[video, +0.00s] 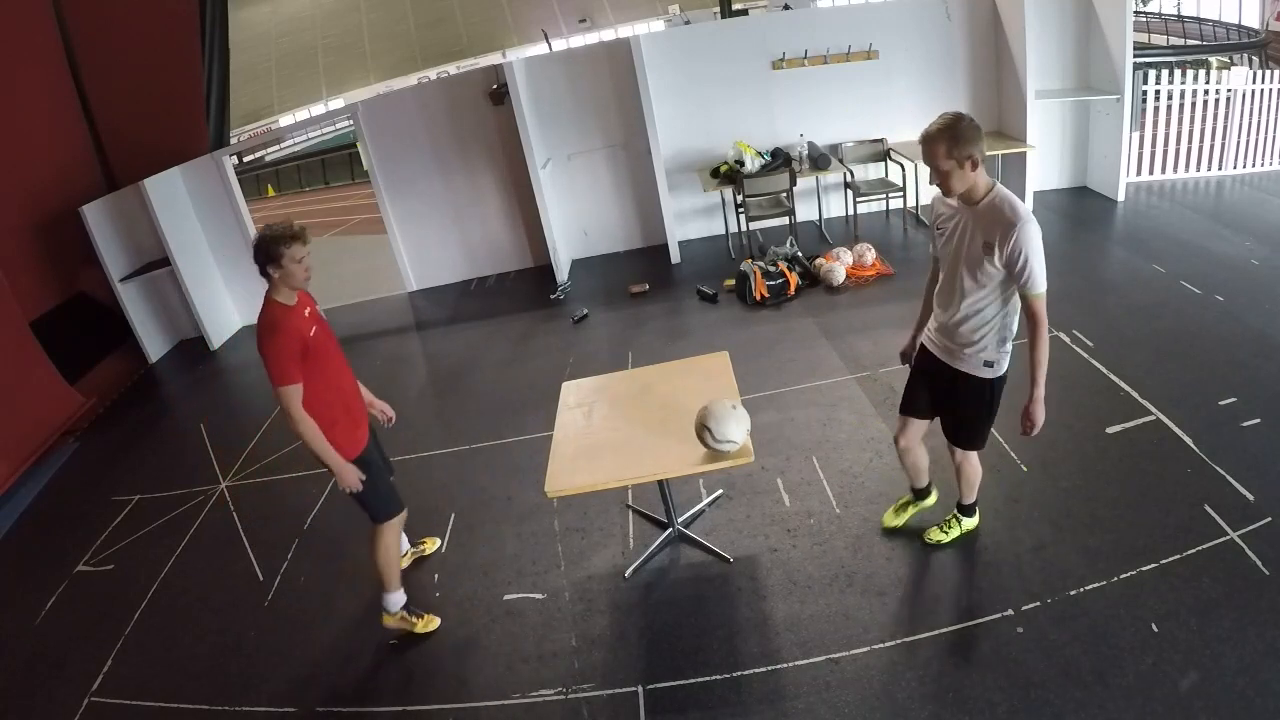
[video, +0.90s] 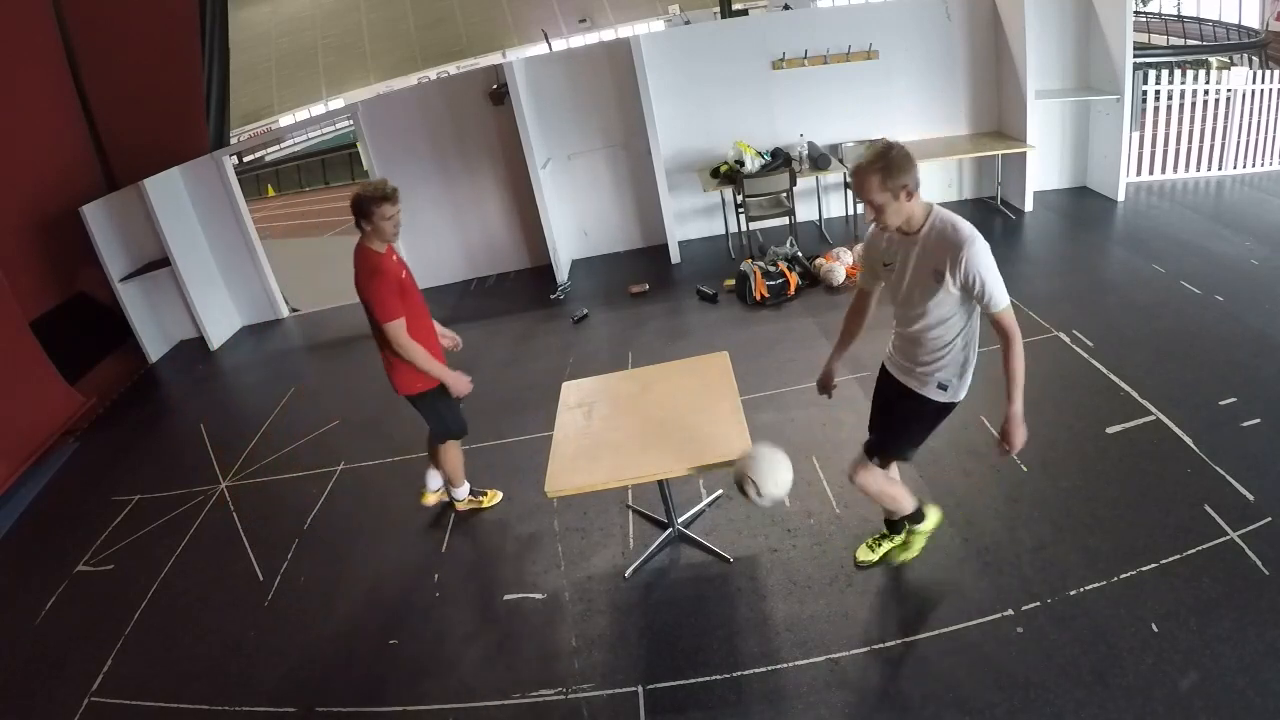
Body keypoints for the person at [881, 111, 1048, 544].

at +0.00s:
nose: (934, 179)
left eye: (940, 170)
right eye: (930, 170)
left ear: (972, 163)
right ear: (964, 162)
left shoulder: (1016, 223)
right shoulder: (941, 207)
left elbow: (1037, 319)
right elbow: (936, 276)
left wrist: (1037, 396)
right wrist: (917, 333)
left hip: (979, 362)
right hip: (934, 346)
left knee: (964, 450)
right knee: (906, 439)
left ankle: (967, 513)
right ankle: (921, 493)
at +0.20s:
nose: (936, 184)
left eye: (943, 175)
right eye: (933, 174)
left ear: (975, 168)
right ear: (936, 169)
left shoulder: (1020, 229)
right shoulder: (940, 211)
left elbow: (1040, 322)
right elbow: (932, 281)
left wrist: (1031, 397)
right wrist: (914, 340)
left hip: (975, 367)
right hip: (927, 349)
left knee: (955, 450)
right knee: (878, 440)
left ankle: (966, 515)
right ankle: (862, 527)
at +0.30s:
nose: (936, 188)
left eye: (943, 178)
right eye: (934, 177)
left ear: (976, 173)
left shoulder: (1020, 233)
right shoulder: (937, 217)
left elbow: (1042, 327)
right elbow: (929, 287)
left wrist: (1026, 404)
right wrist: (917, 339)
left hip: (969, 374)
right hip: (920, 351)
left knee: (951, 459)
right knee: (858, 433)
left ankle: (965, 517)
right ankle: (827, 528)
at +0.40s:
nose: (932, 194)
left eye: (939, 185)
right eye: (930, 184)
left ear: (972, 179)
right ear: (958, 176)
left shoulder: (1015, 237)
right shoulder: (934, 221)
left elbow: (1036, 334)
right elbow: (925, 291)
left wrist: (1018, 412)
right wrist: (913, 345)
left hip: (965, 378)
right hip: (916, 352)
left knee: (947, 461)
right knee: (844, 420)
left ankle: (966, 516)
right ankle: (787, 521)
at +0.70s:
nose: (897, 193)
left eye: (904, 183)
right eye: (894, 182)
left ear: (937, 175)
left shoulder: (981, 231)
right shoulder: (908, 216)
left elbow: (1004, 334)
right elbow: (900, 282)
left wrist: (973, 413)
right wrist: (873, 343)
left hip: (953, 372)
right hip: (902, 353)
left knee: (943, 461)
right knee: (850, 446)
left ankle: (964, 513)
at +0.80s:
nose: (887, 202)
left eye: (895, 192)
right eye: (883, 191)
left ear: (926, 181)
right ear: (886, 182)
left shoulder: (973, 236)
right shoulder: (893, 227)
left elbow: (1006, 334)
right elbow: (883, 286)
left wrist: (986, 417)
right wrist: (851, 349)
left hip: (942, 384)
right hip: (894, 367)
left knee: (902, 484)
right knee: (879, 465)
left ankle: (953, 508)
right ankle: (895, 529)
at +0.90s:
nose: (870, 216)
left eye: (875, 205)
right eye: (865, 205)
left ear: (908, 193)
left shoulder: (962, 244)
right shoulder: (881, 238)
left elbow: (1010, 332)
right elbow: (861, 301)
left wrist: (1015, 413)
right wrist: (832, 361)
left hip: (937, 384)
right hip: (896, 365)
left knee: (864, 472)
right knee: (883, 457)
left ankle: (920, 518)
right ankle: (896, 528)